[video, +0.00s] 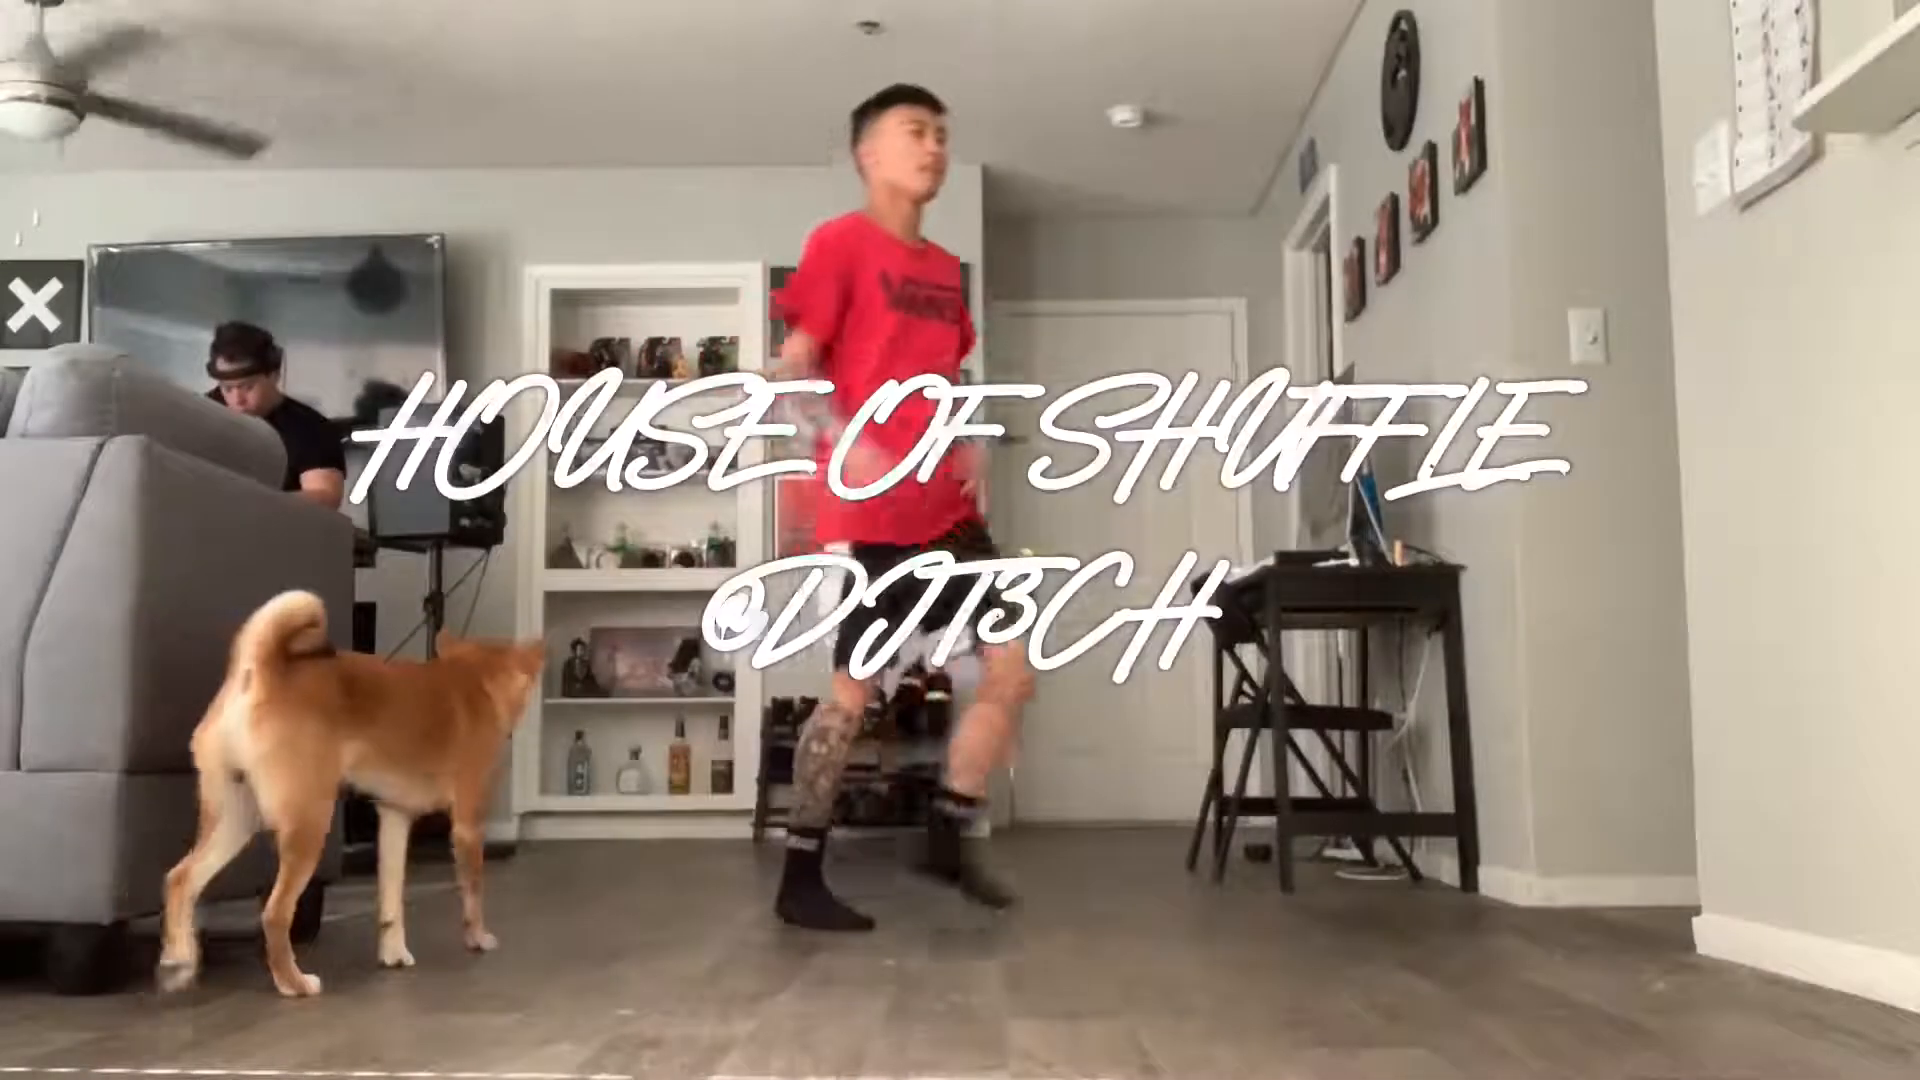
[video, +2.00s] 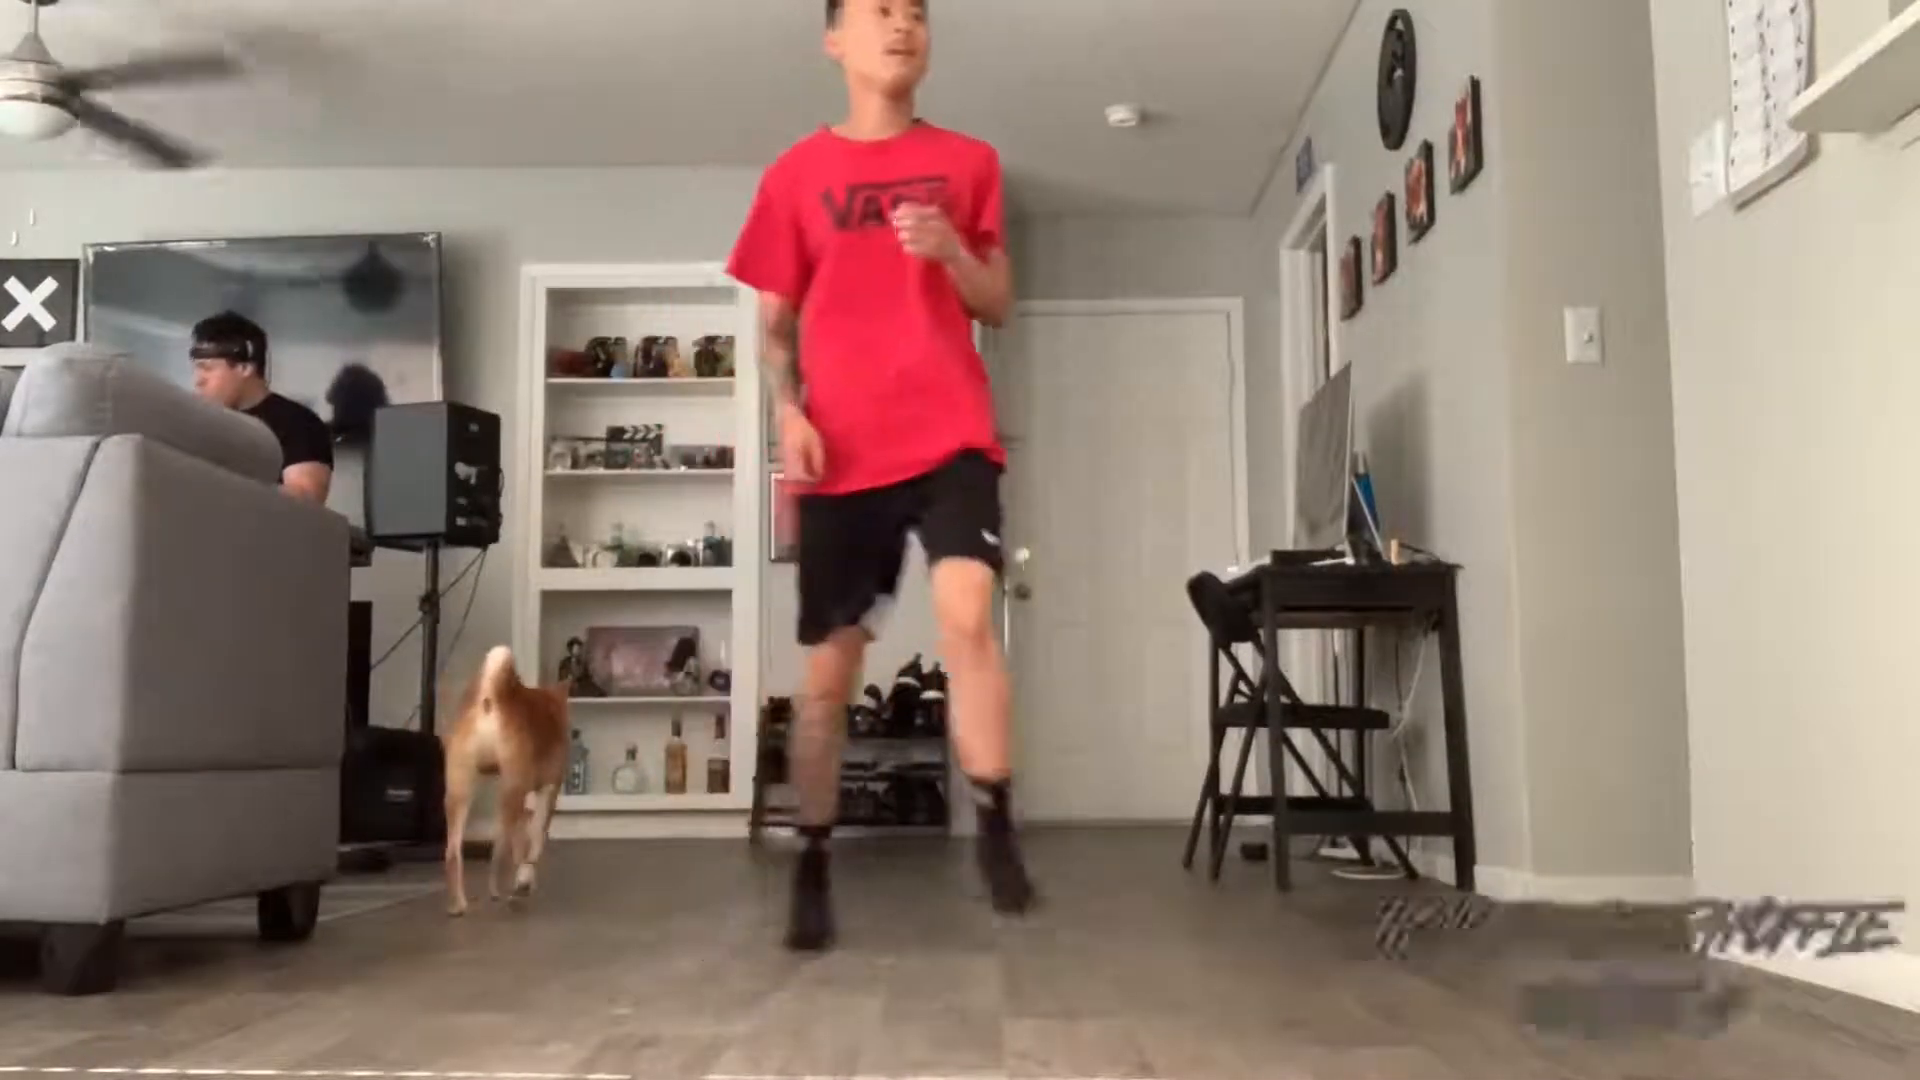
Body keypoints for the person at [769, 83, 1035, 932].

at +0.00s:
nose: (935, 147)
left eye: (940, 136)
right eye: (916, 132)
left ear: (941, 162)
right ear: (864, 154)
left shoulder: (946, 267)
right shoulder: (841, 240)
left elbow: (953, 385)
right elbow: (792, 369)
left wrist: (969, 460)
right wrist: (841, 442)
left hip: (948, 516)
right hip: (868, 518)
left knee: (1010, 666)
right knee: (854, 690)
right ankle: (801, 875)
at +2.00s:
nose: (903, 29)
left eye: (914, 16)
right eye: (879, 15)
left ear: (930, 42)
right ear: (833, 43)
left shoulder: (968, 163)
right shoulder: (798, 172)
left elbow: (997, 299)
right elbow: (773, 324)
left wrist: (952, 250)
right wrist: (786, 409)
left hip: (951, 434)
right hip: (842, 448)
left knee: (969, 617)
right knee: (830, 666)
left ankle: (995, 833)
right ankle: (812, 867)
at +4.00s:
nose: (769, 90)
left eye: (781, 68)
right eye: (772, 72)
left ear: (836, 74)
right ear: (826, 78)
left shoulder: (905, 201)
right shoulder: (773, 214)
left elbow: (952, 343)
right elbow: (741, 334)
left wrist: (846, 347)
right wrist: (731, 351)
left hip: (826, 486)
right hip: (755, 484)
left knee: (728, 671)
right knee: (814, 691)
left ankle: (682, 901)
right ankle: (882, 885)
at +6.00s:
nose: (1152, 66)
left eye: (1144, 47)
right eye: (1139, 46)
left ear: (1071, 71)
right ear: (1103, 60)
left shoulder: (1032, 165)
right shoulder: (1114, 146)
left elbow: (1013, 321)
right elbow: (1114, 306)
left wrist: (1132, 387)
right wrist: (1157, 378)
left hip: (1031, 448)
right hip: (1094, 446)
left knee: (1046, 655)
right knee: (1145, 657)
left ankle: (973, 861)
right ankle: (1157, 891)